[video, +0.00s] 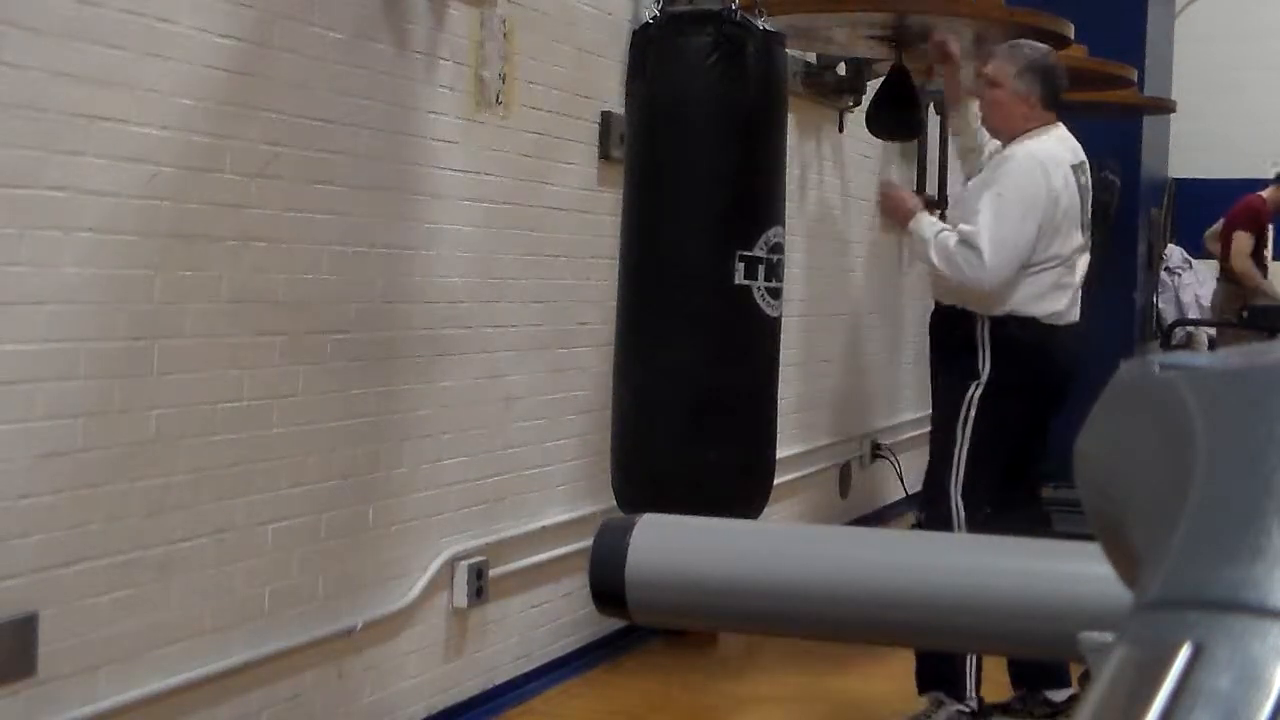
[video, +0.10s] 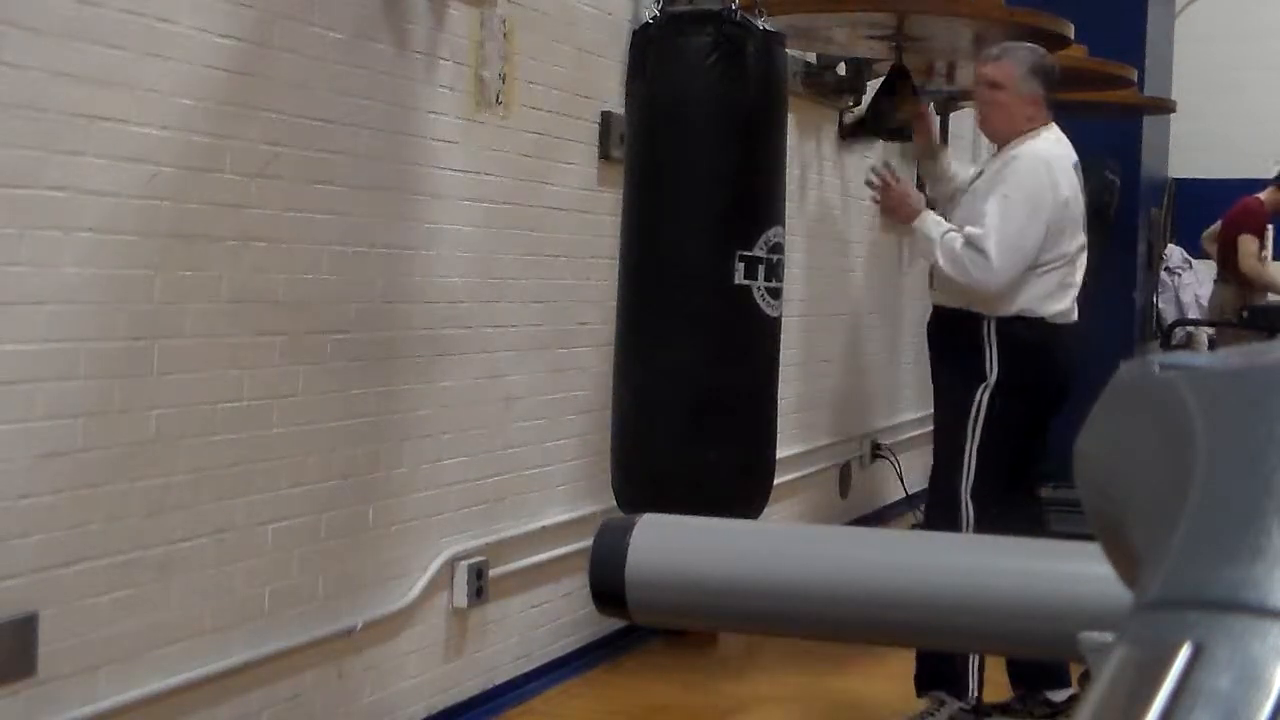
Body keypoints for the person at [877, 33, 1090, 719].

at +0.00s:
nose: (979, 99)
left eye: (991, 87)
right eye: (980, 86)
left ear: (1030, 97)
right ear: (1032, 98)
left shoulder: (1027, 165)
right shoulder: (1058, 149)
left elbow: (982, 268)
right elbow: (978, 177)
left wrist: (917, 221)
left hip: (999, 344)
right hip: (1039, 341)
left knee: (951, 503)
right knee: (1017, 502)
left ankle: (951, 693)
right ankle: (1044, 682)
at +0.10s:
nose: (978, 100)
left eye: (991, 89)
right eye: (978, 88)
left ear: (1029, 99)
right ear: (1018, 99)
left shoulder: (1032, 164)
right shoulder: (1032, 153)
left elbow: (989, 272)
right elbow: (965, 208)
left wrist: (918, 219)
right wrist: (928, 143)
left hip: (1000, 348)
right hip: (1015, 343)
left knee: (954, 511)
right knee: (1011, 509)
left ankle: (950, 691)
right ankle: (1044, 683)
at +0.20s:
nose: (974, 101)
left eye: (989, 90)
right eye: (973, 89)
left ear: (1028, 101)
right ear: (979, 96)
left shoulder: (1035, 168)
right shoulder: (1003, 160)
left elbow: (999, 276)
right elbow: (970, 229)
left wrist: (917, 228)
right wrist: (912, 213)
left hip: (1007, 352)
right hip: (984, 344)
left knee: (958, 513)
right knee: (1007, 513)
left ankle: (951, 689)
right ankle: (1044, 683)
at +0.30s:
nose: (968, 100)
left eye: (984, 90)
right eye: (964, 89)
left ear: (1020, 102)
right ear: (959, 98)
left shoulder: (1034, 171)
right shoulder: (974, 164)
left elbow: (1016, 279)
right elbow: (958, 249)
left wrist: (920, 252)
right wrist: (905, 243)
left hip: (1007, 356)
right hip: (965, 351)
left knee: (959, 518)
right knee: (993, 518)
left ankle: (954, 691)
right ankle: (1042, 684)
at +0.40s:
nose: (959, 105)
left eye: (976, 93)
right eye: (952, 93)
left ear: (1012, 103)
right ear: (945, 100)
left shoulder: (1029, 173)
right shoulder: (944, 162)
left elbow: (1034, 284)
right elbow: (933, 246)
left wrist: (925, 266)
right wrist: (894, 259)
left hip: (996, 351)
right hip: (941, 346)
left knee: (967, 522)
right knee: (955, 517)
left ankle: (954, 691)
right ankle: (1031, 673)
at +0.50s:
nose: (952, 106)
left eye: (969, 94)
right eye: (944, 94)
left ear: (1004, 104)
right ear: (937, 103)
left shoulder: (1026, 174)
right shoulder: (926, 167)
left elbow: (1038, 284)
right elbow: (901, 254)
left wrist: (933, 271)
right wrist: (875, 264)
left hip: (988, 364)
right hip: (925, 359)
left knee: (967, 523)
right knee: (910, 513)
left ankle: (958, 691)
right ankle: (1000, 651)